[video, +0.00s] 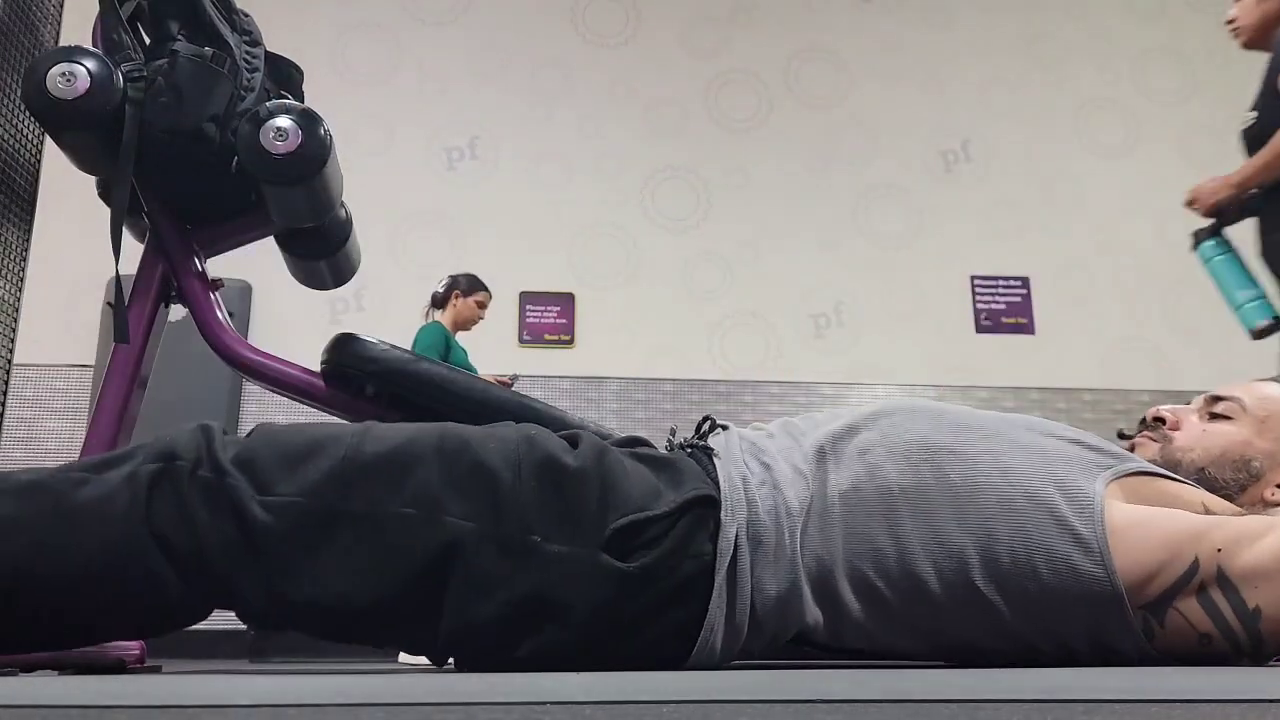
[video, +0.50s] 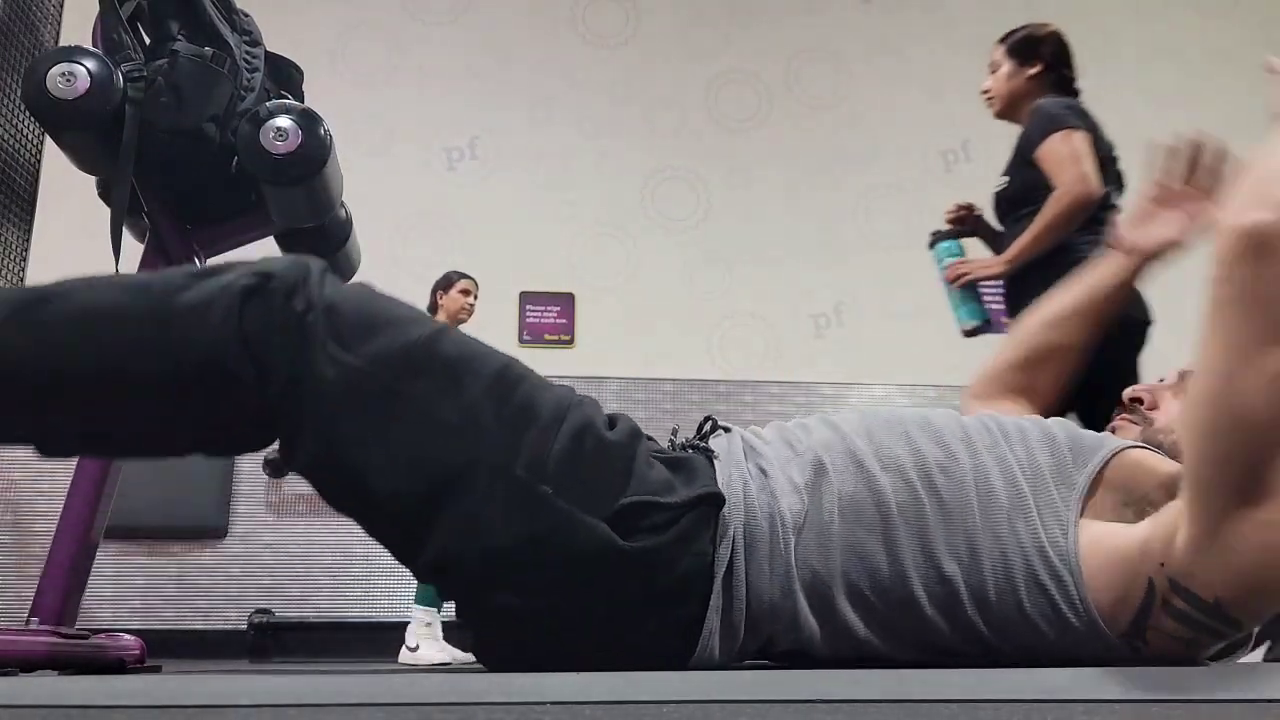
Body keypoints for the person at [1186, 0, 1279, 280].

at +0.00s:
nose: (1229, 17)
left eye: (1239, 3)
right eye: (1231, 7)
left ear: (1272, 3)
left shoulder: (1275, 63)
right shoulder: (1273, 66)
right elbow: (1275, 175)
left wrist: (1232, 184)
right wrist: (1239, 205)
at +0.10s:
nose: (1176, 30)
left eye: (1189, 11)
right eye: (1180, 15)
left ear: (1233, 7)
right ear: (1233, 9)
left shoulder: (1247, 52)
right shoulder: (1245, 59)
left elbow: (1266, 129)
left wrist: (1185, 200)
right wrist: (1176, 209)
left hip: (1264, 285)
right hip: (1254, 287)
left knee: (1257, 422)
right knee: (1253, 421)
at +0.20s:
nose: (1127, 38)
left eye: (1139, 22)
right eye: (1130, 26)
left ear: (1182, 17)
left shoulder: (1201, 60)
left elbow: (1228, 135)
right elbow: (1226, 187)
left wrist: (1148, 214)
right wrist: (1142, 208)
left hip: (1230, 267)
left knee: (1185, 424)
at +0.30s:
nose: (1080, 54)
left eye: (1091, 37)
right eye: (1082, 41)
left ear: (1133, 32)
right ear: (1131, 34)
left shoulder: (1152, 75)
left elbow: (1188, 148)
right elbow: (1175, 205)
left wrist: (1112, 225)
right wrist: (1093, 216)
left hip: (1181, 278)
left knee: (1099, 434)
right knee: (1190, 439)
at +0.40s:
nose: (1033, 72)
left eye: (1044, 55)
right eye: (1036, 59)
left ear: (1084, 54)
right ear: (1082, 56)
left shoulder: (1100, 95)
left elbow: (1142, 168)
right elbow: (1111, 237)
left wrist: (1064, 245)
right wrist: (1037, 226)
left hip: (1132, 293)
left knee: (1064, 434)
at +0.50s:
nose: (985, 86)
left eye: (996, 69)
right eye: (988, 73)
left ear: (1033, 68)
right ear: (1031, 71)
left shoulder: (1050, 114)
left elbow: (1081, 188)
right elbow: (1049, 254)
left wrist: (1004, 259)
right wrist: (983, 229)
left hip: (1077, 306)